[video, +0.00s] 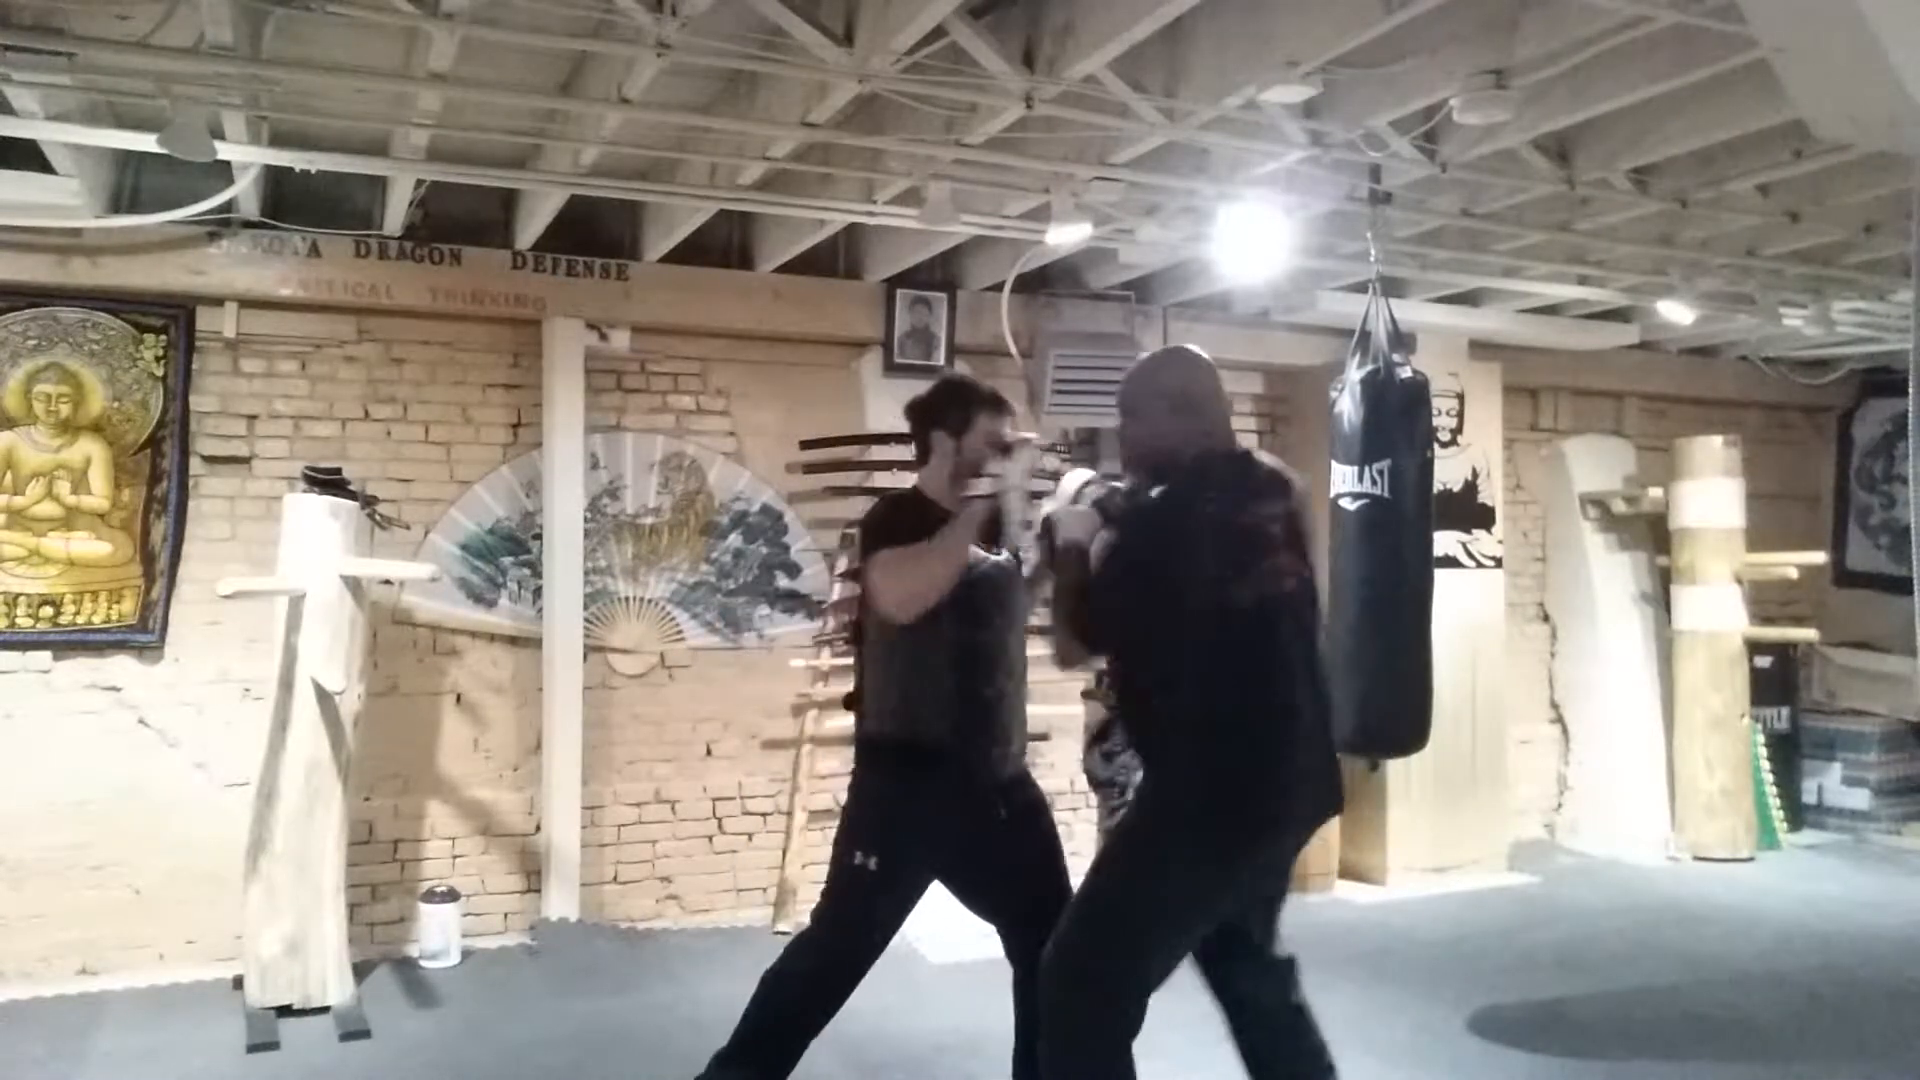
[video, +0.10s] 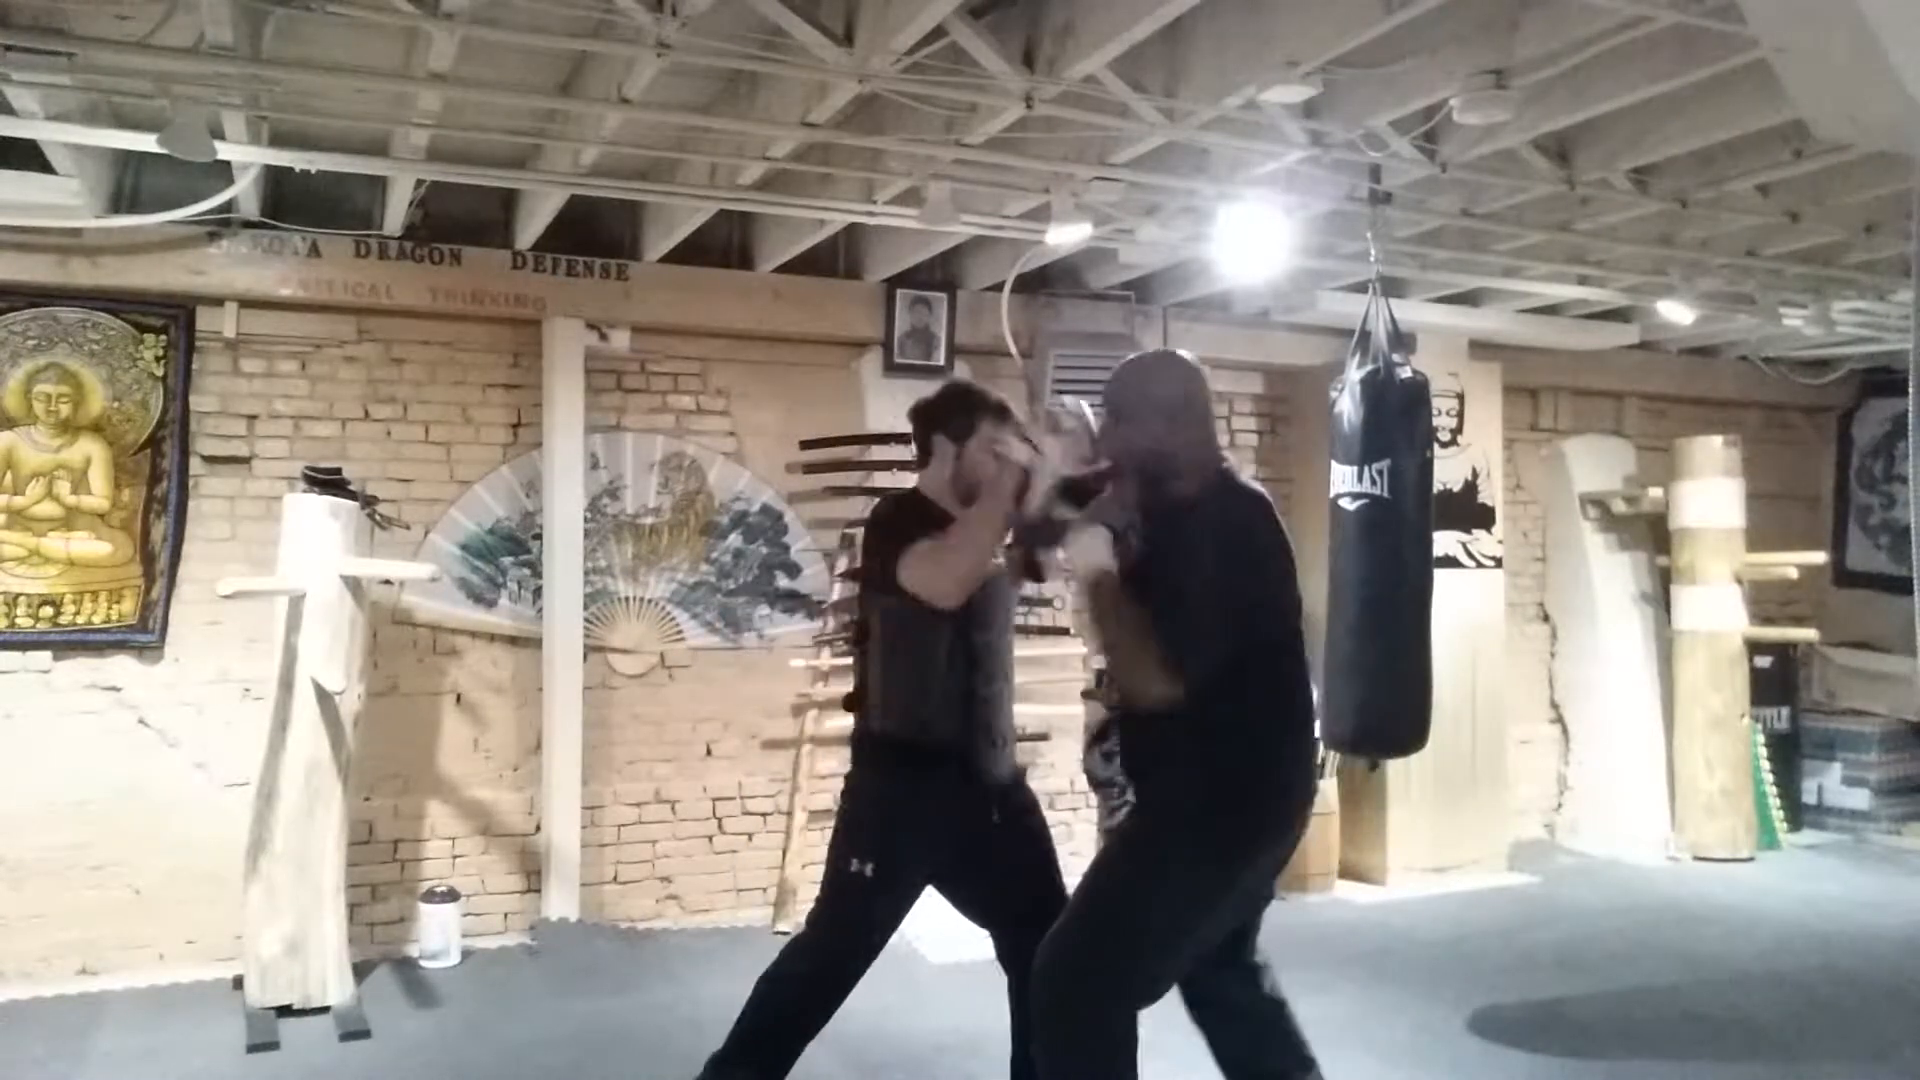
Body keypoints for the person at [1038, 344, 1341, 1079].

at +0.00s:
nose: (1119, 431)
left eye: (1130, 414)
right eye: (1121, 415)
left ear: (1172, 417)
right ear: (1212, 414)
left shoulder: (1168, 515)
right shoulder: (1270, 491)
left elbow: (1088, 629)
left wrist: (1070, 553)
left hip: (1209, 793)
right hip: (1291, 778)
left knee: (1082, 979)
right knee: (1240, 951)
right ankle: (1304, 1074)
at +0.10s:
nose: (1105, 439)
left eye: (1117, 421)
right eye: (1106, 422)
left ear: (1164, 427)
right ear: (1186, 424)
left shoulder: (1225, 520)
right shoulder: (1170, 513)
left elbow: (1151, 681)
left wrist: (1098, 575)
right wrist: (1058, 506)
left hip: (1226, 801)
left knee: (1075, 978)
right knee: (1221, 973)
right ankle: (1290, 1078)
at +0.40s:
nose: (1083, 439)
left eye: (1095, 420)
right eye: (1082, 421)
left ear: (1148, 419)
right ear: (1151, 421)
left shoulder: (1222, 518)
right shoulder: (1147, 512)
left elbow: (1183, 684)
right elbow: (1096, 618)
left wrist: (1085, 579)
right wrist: (1035, 533)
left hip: (1225, 803)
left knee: (1089, 989)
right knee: (1241, 966)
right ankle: (1312, 1079)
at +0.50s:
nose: (1100, 417)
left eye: (1116, 398)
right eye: (1099, 400)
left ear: (1163, 400)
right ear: (1176, 403)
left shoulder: (1195, 495)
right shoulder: (1231, 479)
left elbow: (1157, 666)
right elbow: (1207, 608)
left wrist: (1077, 583)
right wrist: (1121, 556)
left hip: (1241, 772)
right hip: (1295, 758)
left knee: (1130, 984)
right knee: (1267, 947)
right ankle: (1344, 1076)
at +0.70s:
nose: (1182, 415)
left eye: (1193, 396)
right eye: (1184, 397)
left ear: (1236, 398)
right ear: (1261, 397)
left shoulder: (1251, 497)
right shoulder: (1318, 483)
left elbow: (1196, 648)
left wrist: (1134, 609)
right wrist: (1167, 603)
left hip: (1274, 798)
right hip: (1351, 785)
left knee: (1172, 1009)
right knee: (1355, 978)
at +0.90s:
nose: (1248, 399)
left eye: (1259, 382)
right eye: (1252, 382)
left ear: (1304, 385)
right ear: (1327, 385)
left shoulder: (1298, 477)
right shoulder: (1391, 463)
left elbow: (1297, 633)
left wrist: (1246, 622)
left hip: (1352, 760)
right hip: (1431, 747)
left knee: (1249, 970)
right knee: (1399, 937)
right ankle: (1432, 1073)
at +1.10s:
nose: (1277, 390)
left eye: (1290, 374)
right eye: (1281, 374)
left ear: (1334, 378)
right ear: (1369, 379)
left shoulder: (1336, 464)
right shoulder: (1429, 461)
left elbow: (1328, 618)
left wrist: (1275, 619)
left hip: (1382, 777)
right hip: (1465, 774)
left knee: (1288, 960)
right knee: (1439, 988)